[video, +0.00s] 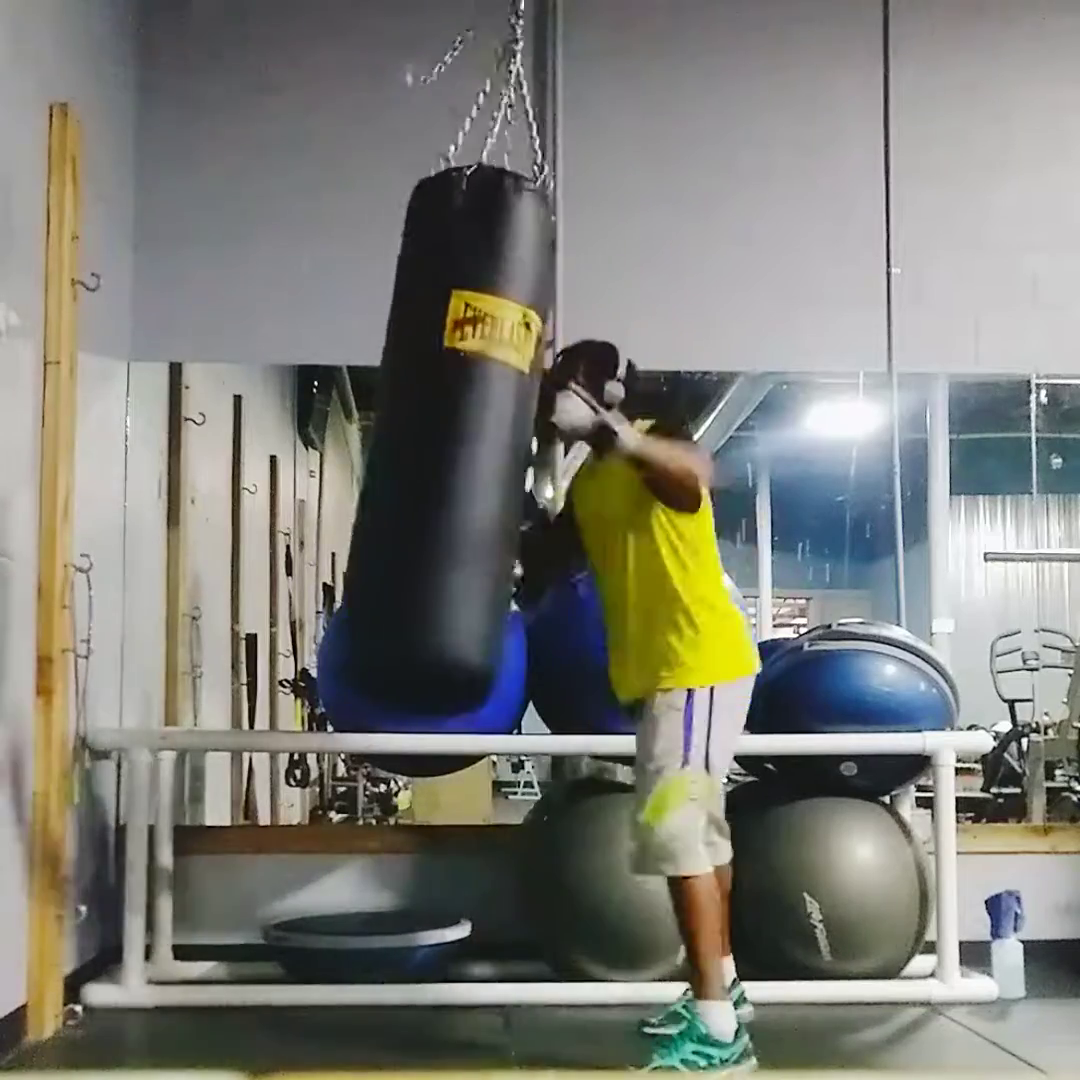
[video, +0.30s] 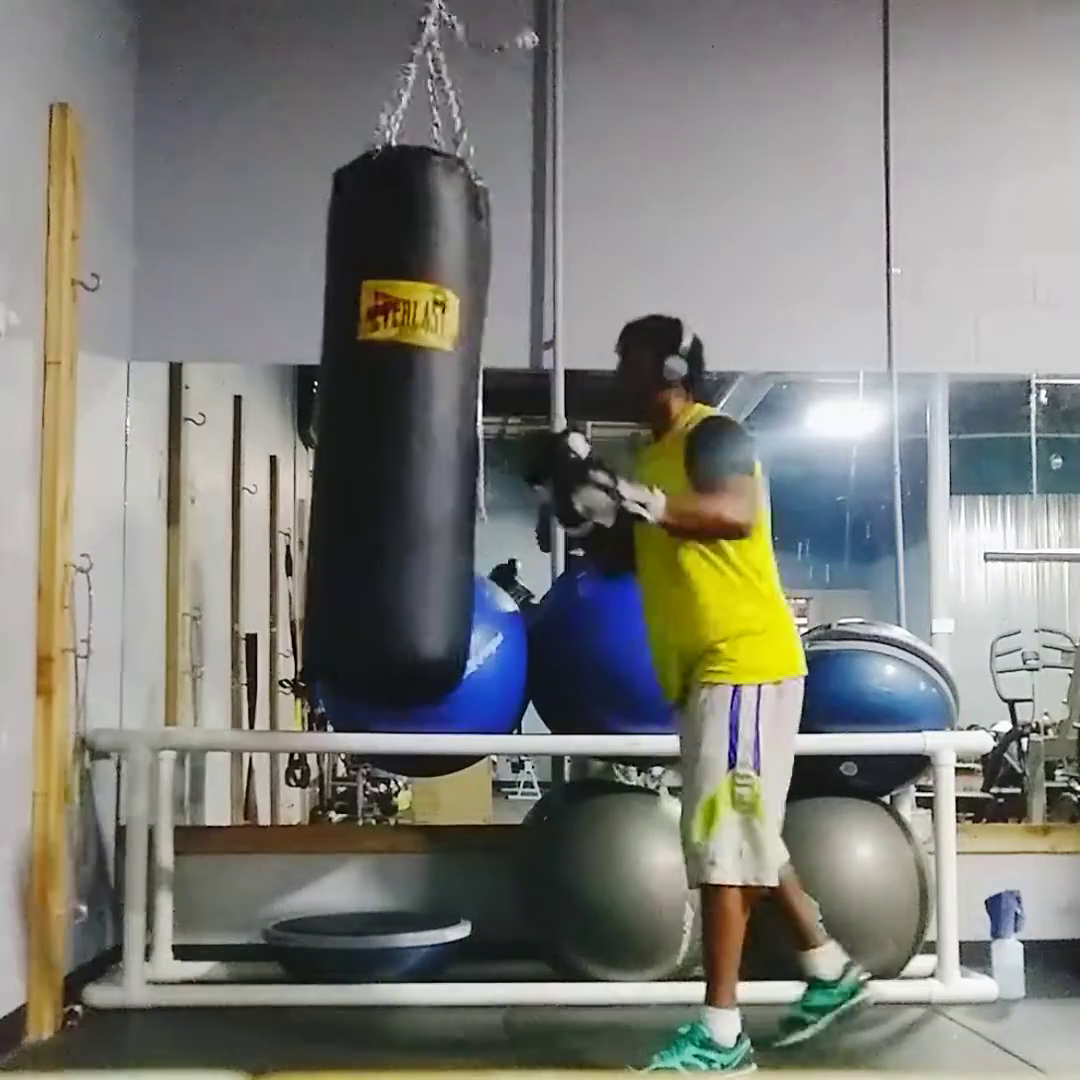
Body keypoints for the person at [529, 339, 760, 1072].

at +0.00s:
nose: (553, 412)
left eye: (562, 396)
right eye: (551, 398)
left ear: (599, 391)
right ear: (578, 400)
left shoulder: (657, 449)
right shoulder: (587, 485)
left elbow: (695, 482)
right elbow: (537, 569)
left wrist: (613, 432)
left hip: (700, 666)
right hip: (662, 672)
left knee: (677, 831)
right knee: (696, 834)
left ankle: (715, 1019)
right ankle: (717, 995)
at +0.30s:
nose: (619, 381)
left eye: (626, 367)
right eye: (620, 369)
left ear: (659, 370)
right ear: (662, 370)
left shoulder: (714, 435)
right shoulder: (653, 454)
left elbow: (737, 514)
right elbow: (645, 555)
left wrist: (642, 500)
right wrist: (587, 519)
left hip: (747, 663)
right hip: (711, 665)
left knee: (721, 836)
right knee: (742, 828)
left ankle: (721, 1030)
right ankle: (831, 967)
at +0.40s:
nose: (643, 375)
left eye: (654, 363)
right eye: (646, 363)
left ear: (693, 371)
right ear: (686, 373)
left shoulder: (742, 442)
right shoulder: (673, 462)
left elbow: (795, 543)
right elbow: (665, 575)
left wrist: (691, 542)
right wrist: (606, 523)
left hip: (758, 668)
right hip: (717, 672)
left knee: (715, 833)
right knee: (763, 830)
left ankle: (720, 1029)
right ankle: (875, 968)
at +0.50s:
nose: (674, 388)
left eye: (684, 376)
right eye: (678, 377)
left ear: (719, 383)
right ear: (715, 385)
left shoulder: (769, 460)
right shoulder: (695, 481)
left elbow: (834, 564)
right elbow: (692, 596)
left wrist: (725, 561)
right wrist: (637, 541)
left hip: (772, 680)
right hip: (733, 682)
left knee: (695, 834)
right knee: (798, 848)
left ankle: (716, 1029)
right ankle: (906, 997)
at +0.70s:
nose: (723, 370)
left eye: (735, 357)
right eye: (725, 358)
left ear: (775, 363)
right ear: (752, 365)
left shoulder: (819, 429)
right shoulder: (744, 451)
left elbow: (887, 520)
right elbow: (721, 571)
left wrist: (780, 502)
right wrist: (693, 527)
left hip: (819, 661)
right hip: (780, 661)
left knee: (771, 832)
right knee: (845, 835)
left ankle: (754, 1021)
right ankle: (909, 1001)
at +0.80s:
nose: (742, 368)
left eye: (757, 358)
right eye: (745, 356)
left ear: (798, 369)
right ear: (759, 369)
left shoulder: (837, 431)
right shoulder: (754, 448)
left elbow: (905, 518)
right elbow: (730, 571)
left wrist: (792, 492)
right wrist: (709, 513)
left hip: (840, 659)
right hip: (798, 659)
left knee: (786, 825)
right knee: (846, 837)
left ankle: (842, 1019)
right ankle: (914, 1006)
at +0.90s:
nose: (760, 386)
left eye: (774, 374)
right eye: (762, 374)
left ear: (813, 382)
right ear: (779, 384)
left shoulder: (851, 449)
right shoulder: (771, 472)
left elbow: (912, 541)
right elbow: (730, 579)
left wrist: (797, 501)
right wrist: (679, 533)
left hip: (863, 683)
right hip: (829, 684)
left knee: (817, 851)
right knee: (847, 862)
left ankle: (867, 1034)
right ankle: (921, 1015)